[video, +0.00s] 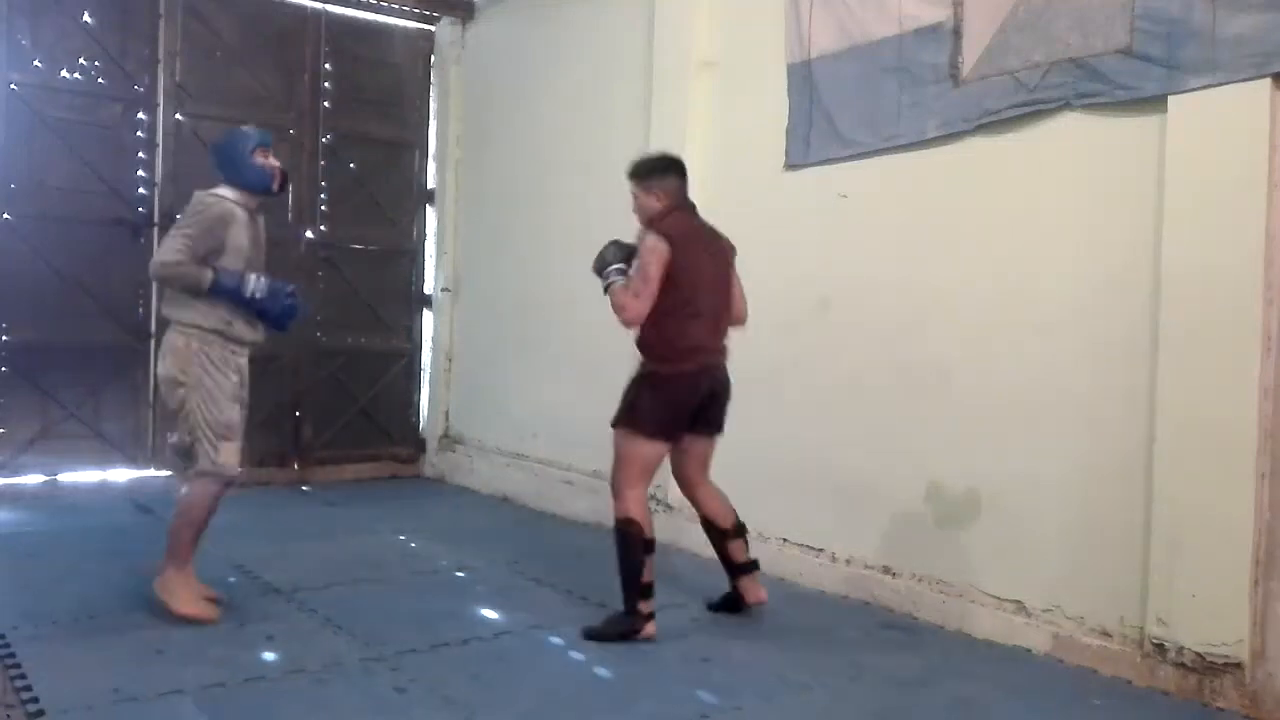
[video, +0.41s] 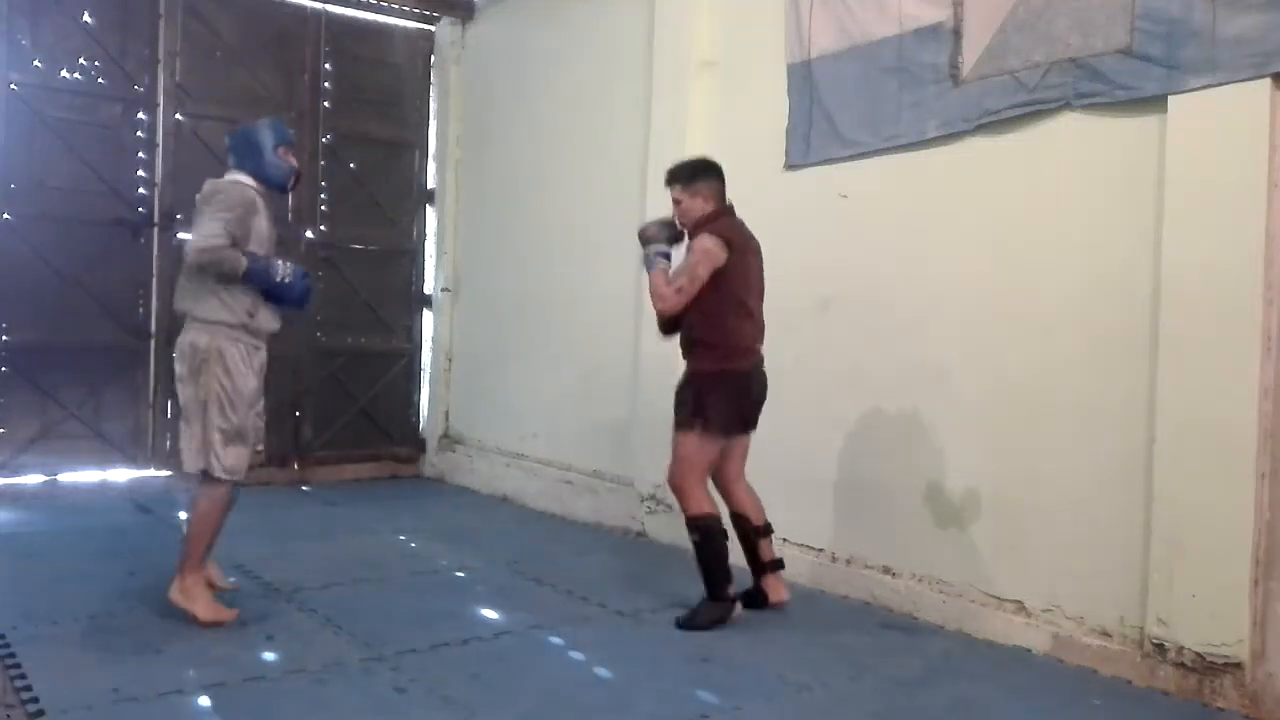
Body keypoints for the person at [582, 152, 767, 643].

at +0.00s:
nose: (634, 208)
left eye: (637, 199)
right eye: (633, 199)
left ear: (657, 195)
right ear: (678, 194)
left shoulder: (659, 239)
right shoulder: (715, 240)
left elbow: (632, 313)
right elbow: (737, 314)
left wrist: (613, 274)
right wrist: (678, 300)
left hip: (663, 381)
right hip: (711, 380)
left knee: (629, 487)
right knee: (694, 478)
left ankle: (638, 614)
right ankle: (748, 586)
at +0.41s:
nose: (675, 210)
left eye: (679, 201)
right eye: (673, 202)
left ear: (705, 197)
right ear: (712, 199)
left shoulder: (711, 238)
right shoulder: (740, 234)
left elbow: (667, 303)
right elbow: (705, 298)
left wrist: (656, 256)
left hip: (712, 377)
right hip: (745, 376)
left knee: (686, 479)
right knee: (731, 477)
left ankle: (719, 597)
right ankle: (770, 584)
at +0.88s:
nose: (672, 208)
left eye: (678, 199)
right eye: (671, 198)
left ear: (705, 199)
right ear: (708, 200)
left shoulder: (713, 244)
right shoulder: (726, 237)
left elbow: (741, 308)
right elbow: (721, 306)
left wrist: (678, 322)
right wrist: (671, 314)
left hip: (695, 377)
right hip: (726, 376)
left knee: (650, 473)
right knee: (736, 477)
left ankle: (662, 595)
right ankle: (770, 586)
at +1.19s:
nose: (643, 203)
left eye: (648, 193)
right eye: (643, 193)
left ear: (675, 194)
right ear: (682, 196)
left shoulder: (675, 240)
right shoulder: (709, 238)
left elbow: (652, 315)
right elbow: (693, 309)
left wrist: (620, 289)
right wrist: (639, 303)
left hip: (662, 380)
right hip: (698, 379)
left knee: (635, 483)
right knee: (697, 478)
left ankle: (661, 603)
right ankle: (754, 575)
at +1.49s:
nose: (635, 203)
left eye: (641, 195)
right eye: (636, 194)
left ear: (663, 196)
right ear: (678, 198)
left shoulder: (647, 243)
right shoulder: (709, 250)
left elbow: (577, 283)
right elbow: (718, 322)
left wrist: (545, 240)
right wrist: (668, 294)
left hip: (641, 381)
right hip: (676, 383)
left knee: (618, 488)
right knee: (622, 486)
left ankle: (668, 595)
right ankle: (619, 600)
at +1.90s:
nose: (666, 205)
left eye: (671, 197)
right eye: (668, 196)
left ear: (693, 202)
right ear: (708, 204)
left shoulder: (673, 239)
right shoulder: (734, 265)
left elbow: (641, 300)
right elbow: (713, 336)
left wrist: (597, 369)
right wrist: (660, 306)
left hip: (612, 344)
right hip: (652, 378)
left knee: (506, 332)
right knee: (615, 479)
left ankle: (404, 332)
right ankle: (618, 601)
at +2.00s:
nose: (672, 205)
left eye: (677, 198)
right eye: (674, 197)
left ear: (696, 200)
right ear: (717, 203)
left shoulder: (678, 238)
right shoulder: (736, 263)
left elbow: (650, 301)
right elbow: (725, 343)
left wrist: (599, 363)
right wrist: (668, 317)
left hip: (621, 351)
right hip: (661, 381)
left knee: (514, 355)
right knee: (622, 479)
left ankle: (435, 392)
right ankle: (619, 602)